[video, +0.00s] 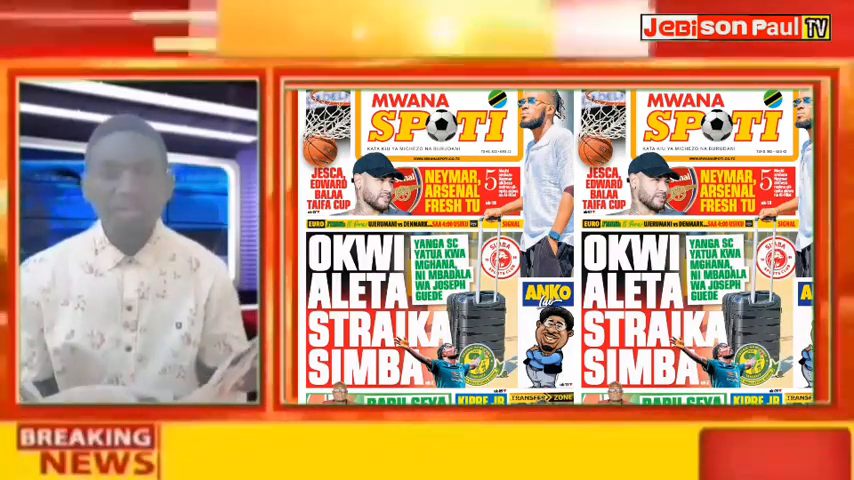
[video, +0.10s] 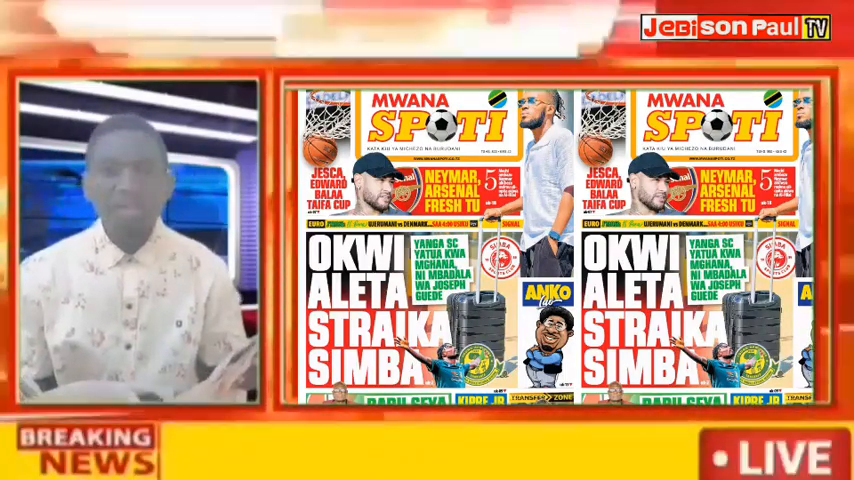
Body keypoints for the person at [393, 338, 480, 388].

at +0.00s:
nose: (453, 348)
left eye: (453, 347)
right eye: (449, 347)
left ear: (455, 351)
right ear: (443, 354)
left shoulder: (462, 367)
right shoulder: (438, 365)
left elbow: (474, 365)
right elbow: (423, 359)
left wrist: (478, 360)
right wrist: (408, 348)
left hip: (461, 403)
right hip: (444, 403)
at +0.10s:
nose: (453, 348)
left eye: (453, 347)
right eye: (449, 347)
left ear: (455, 351)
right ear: (443, 354)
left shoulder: (462, 367)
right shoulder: (438, 365)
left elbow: (474, 365)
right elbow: (423, 359)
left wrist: (478, 360)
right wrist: (408, 348)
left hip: (461, 403)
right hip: (444, 403)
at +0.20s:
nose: (453, 348)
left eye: (453, 347)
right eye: (449, 347)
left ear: (455, 351)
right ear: (443, 354)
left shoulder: (462, 367)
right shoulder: (438, 365)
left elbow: (474, 365)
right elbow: (423, 359)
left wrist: (478, 360)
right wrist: (408, 348)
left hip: (461, 403)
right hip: (444, 403)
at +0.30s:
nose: (453, 348)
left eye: (453, 347)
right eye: (449, 347)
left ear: (455, 351)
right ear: (443, 354)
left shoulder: (462, 367)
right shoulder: (438, 365)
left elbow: (474, 365)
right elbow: (423, 359)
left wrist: (477, 360)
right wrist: (408, 348)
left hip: (461, 403)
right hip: (444, 403)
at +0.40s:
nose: (453, 348)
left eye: (453, 347)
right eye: (449, 347)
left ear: (455, 351)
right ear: (443, 354)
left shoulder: (462, 367)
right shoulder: (438, 365)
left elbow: (474, 365)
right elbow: (423, 359)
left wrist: (478, 360)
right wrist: (408, 348)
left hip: (461, 403)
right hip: (444, 403)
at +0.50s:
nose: (453, 348)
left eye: (453, 347)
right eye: (449, 348)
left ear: (456, 352)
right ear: (443, 354)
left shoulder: (462, 367)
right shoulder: (439, 365)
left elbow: (474, 365)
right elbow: (423, 359)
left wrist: (478, 360)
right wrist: (408, 348)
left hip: (461, 402)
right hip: (445, 403)